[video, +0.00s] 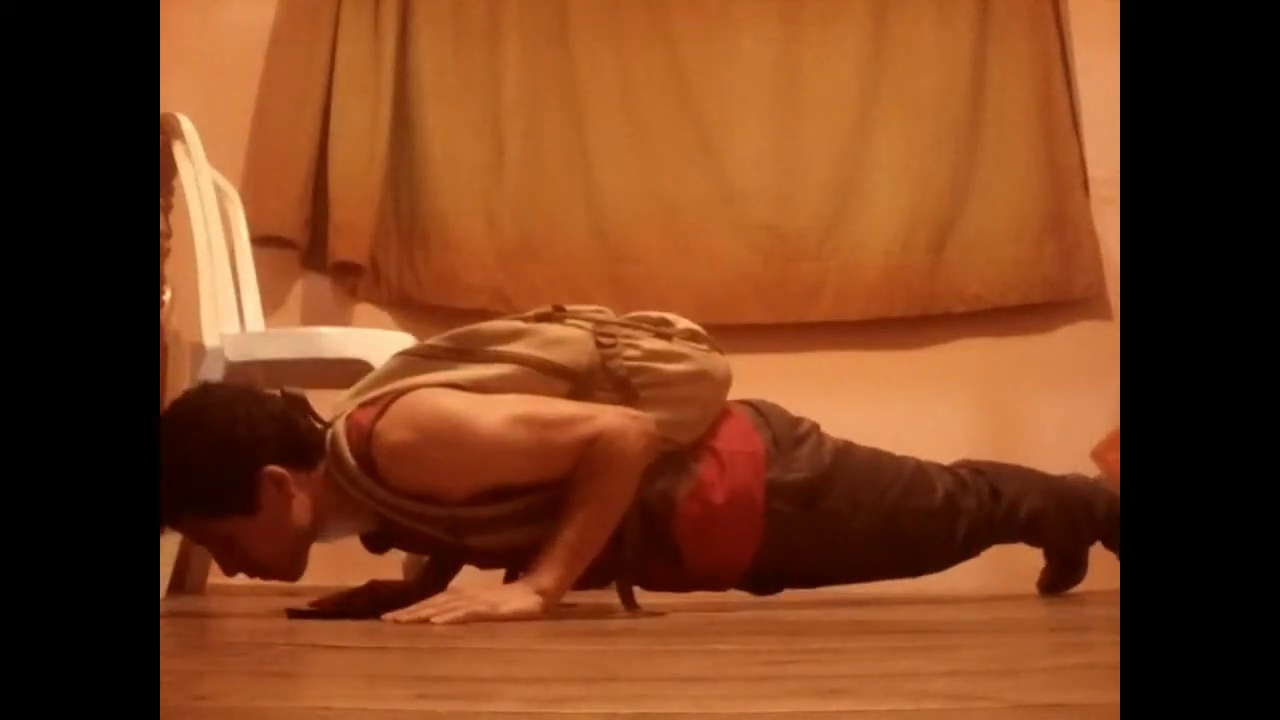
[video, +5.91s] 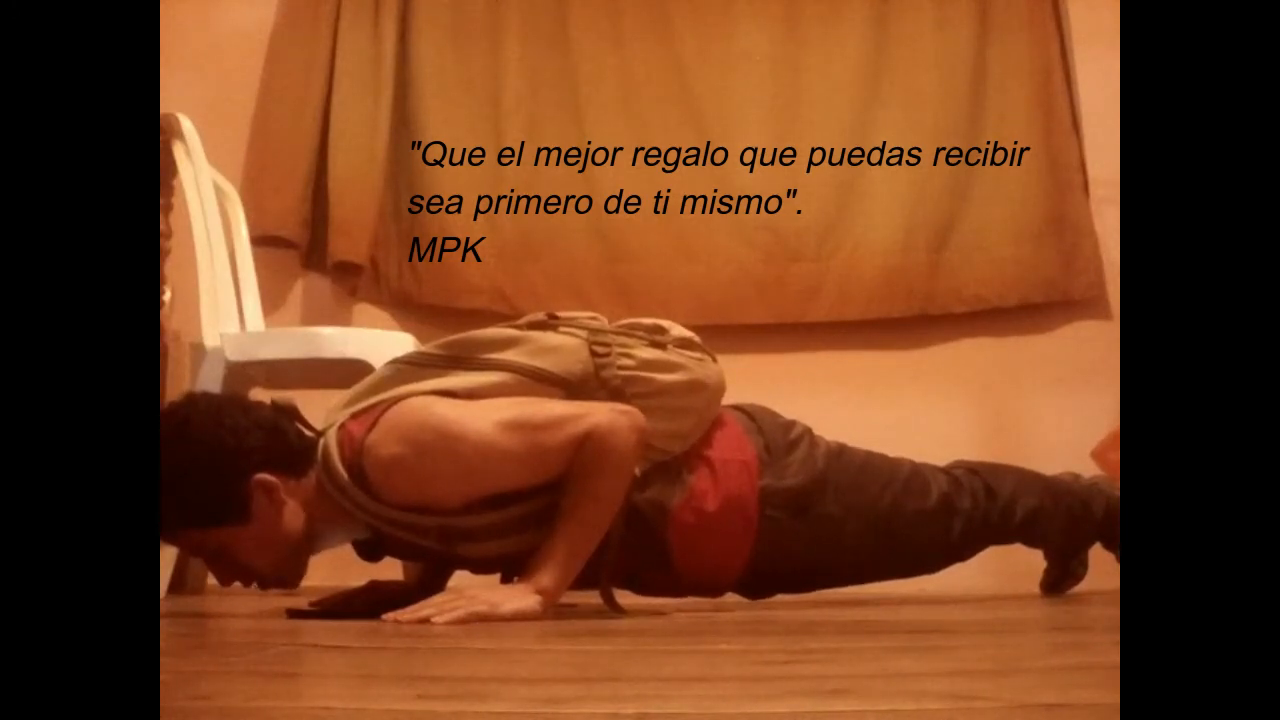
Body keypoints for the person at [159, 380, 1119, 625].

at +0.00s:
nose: (223, 564)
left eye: (221, 539)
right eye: (206, 548)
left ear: (278, 485)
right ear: (275, 478)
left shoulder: (410, 442)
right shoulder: (360, 448)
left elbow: (619, 441)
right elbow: (478, 524)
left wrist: (539, 588)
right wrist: (390, 588)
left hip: (743, 490)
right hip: (715, 495)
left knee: (945, 509)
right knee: (925, 506)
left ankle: (1091, 504)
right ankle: (1076, 504)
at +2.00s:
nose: (224, 574)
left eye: (218, 549)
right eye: (204, 560)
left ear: (274, 491)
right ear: (270, 484)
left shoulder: (404, 449)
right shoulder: (357, 460)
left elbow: (616, 440)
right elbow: (460, 546)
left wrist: (538, 588)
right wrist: (378, 591)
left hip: (741, 496)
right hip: (712, 502)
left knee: (949, 509)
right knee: (927, 507)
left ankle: (1097, 505)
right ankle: (1074, 508)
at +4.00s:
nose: (225, 570)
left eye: (218, 547)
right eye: (205, 557)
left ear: (273, 488)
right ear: (269, 480)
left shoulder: (403, 446)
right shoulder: (357, 459)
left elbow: (616, 438)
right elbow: (456, 545)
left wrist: (538, 588)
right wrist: (388, 589)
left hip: (737, 491)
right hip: (712, 497)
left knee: (941, 508)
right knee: (922, 504)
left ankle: (1091, 504)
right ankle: (1076, 504)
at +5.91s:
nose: (218, 575)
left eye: (211, 551)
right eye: (200, 560)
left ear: (265, 494)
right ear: (263, 482)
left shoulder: (399, 452)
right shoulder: (356, 460)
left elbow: (611, 439)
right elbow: (478, 531)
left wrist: (540, 588)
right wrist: (389, 586)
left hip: (737, 496)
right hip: (709, 506)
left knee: (945, 508)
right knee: (924, 508)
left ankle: (1094, 505)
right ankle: (1074, 506)